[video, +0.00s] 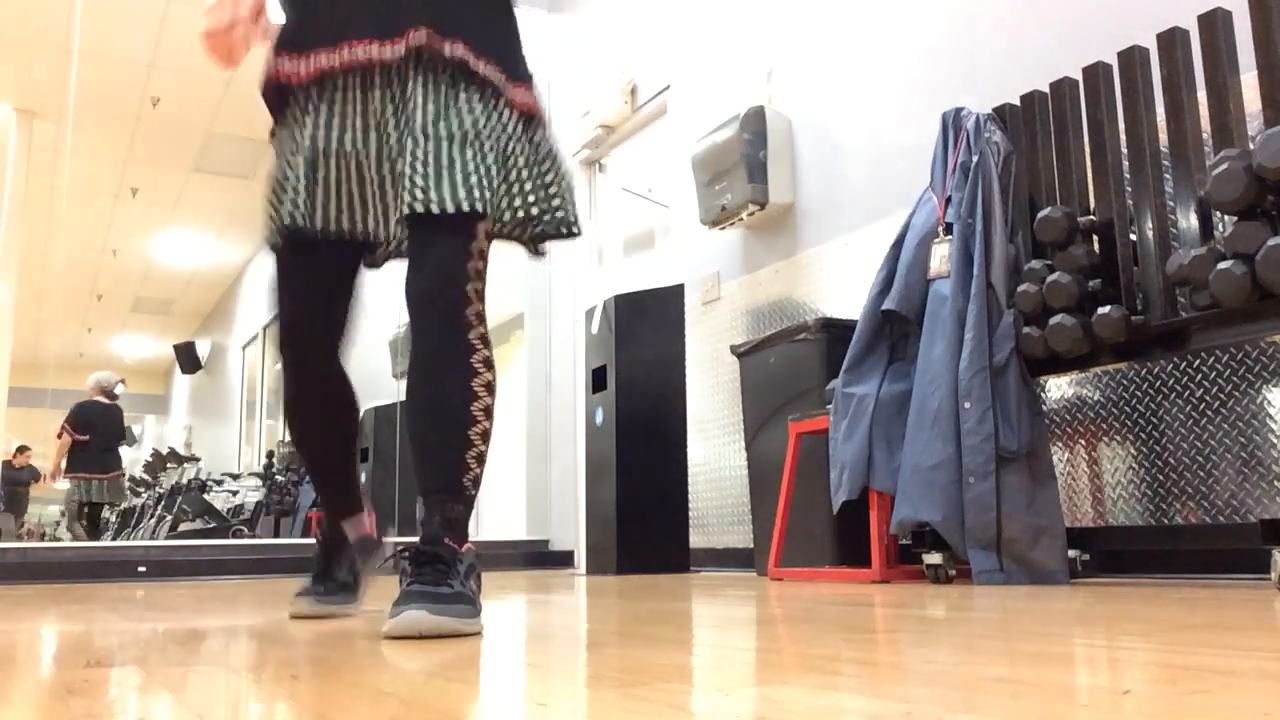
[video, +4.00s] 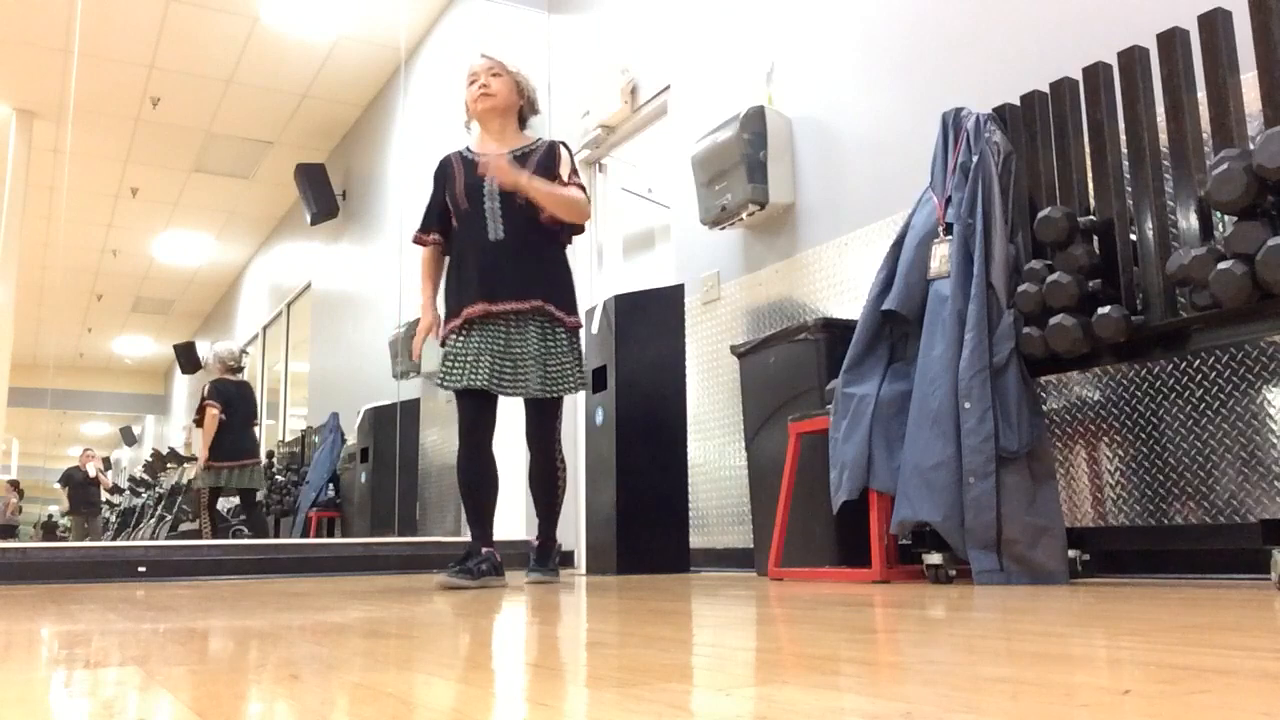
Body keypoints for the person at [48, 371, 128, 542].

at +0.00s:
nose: (88, 388)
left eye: (90, 386)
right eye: (89, 386)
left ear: (93, 387)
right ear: (111, 389)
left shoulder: (81, 408)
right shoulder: (116, 410)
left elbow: (66, 439)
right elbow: (120, 439)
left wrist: (56, 464)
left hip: (81, 476)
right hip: (108, 475)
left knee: (73, 521)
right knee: (94, 521)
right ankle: (95, 558)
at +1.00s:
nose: (134, 375)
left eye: (136, 371)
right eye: (135, 370)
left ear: (141, 373)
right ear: (160, 375)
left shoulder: (138, 396)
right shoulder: (167, 397)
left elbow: (127, 430)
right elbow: (182, 431)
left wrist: (97, 441)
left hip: (139, 467)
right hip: (166, 467)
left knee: (129, 511)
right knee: (154, 514)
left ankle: (139, 548)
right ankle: (155, 555)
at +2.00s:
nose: (186, 374)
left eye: (188, 370)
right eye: (186, 370)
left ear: (196, 371)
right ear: (208, 372)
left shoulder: (191, 394)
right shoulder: (218, 395)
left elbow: (185, 426)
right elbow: (231, 430)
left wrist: (168, 450)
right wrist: (209, 440)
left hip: (188, 468)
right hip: (214, 467)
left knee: (165, 506)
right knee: (203, 511)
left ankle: (166, 551)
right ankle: (212, 553)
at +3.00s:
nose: (190, 366)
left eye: (192, 363)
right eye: (191, 362)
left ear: (197, 366)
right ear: (215, 367)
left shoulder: (196, 389)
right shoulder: (221, 392)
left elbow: (184, 421)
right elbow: (229, 432)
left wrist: (163, 427)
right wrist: (230, 463)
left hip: (190, 466)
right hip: (214, 466)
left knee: (171, 506)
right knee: (200, 510)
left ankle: (179, 551)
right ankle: (204, 554)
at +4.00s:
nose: (210, 365)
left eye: (212, 361)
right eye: (210, 361)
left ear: (219, 363)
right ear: (236, 363)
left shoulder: (215, 387)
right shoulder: (246, 386)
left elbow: (213, 414)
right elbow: (253, 421)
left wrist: (205, 448)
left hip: (219, 458)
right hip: (249, 458)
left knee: (206, 508)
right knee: (251, 507)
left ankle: (210, 556)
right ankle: (267, 552)